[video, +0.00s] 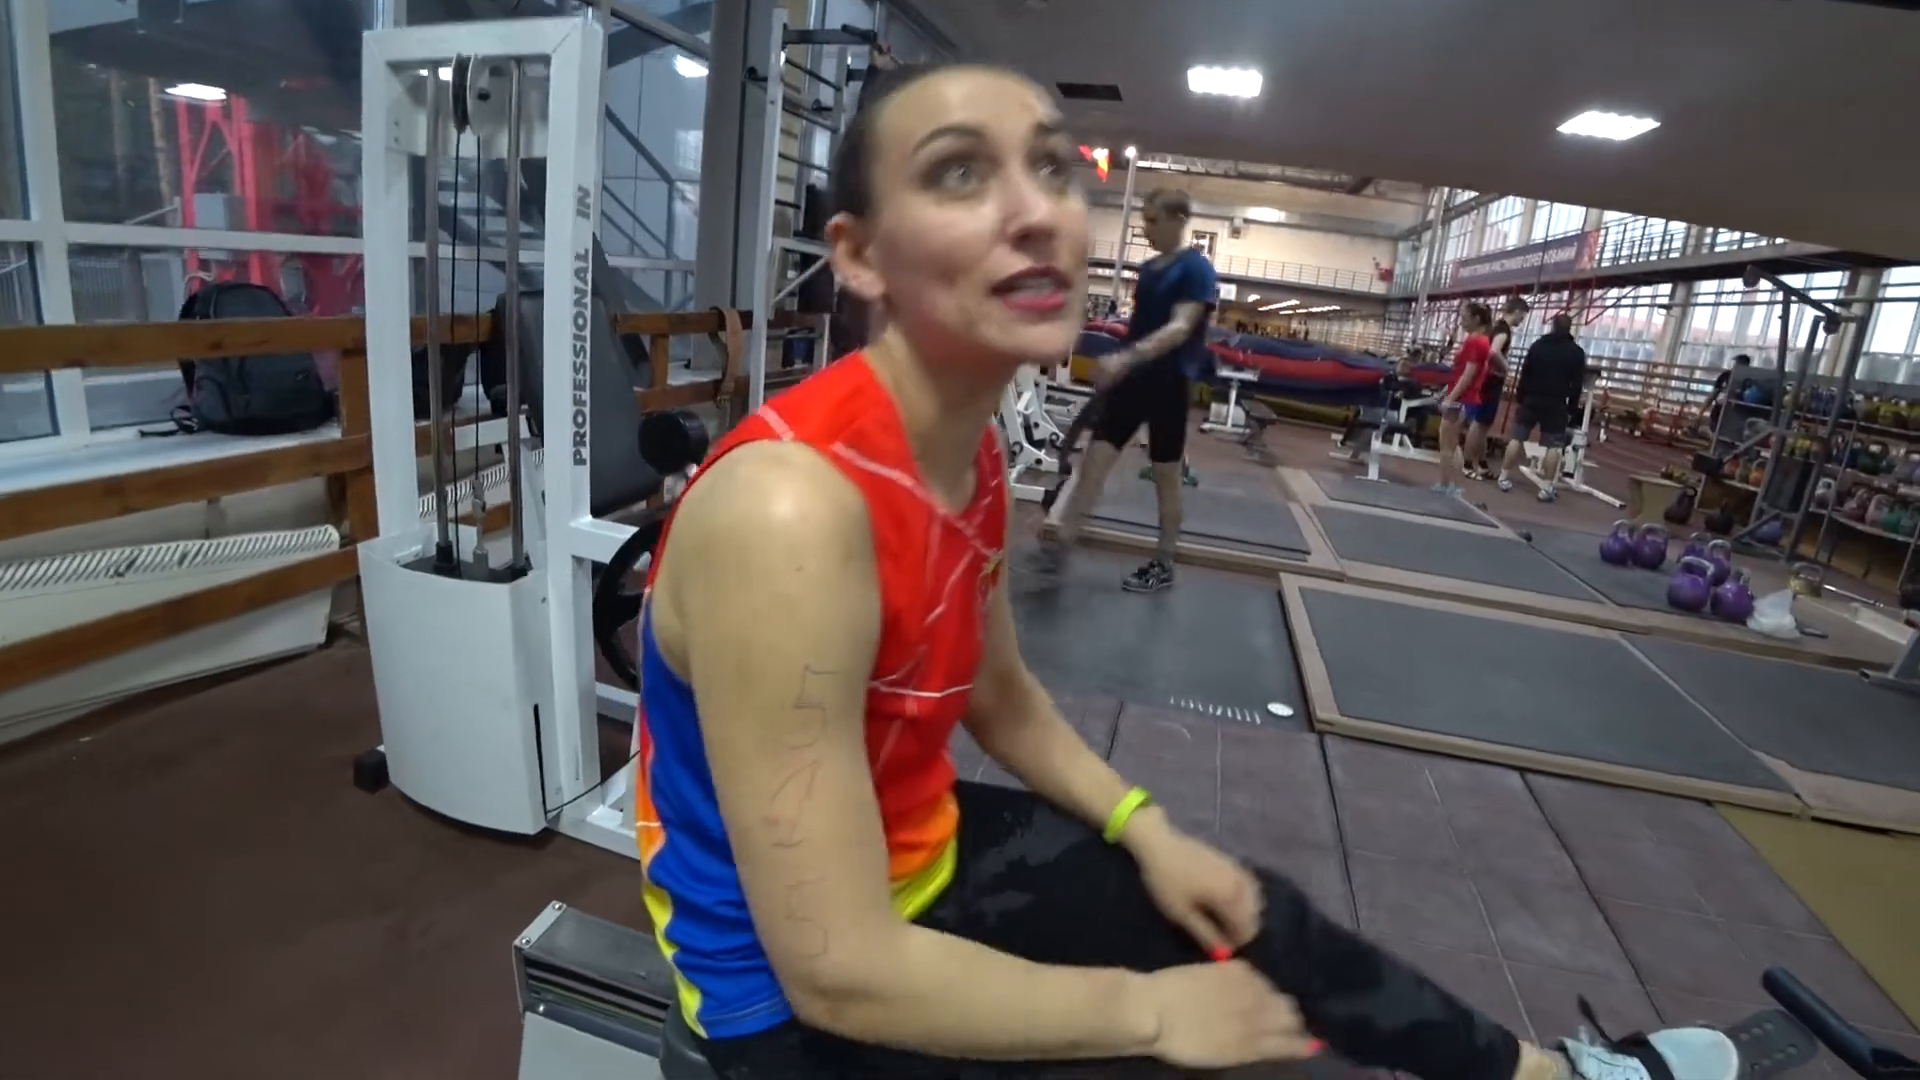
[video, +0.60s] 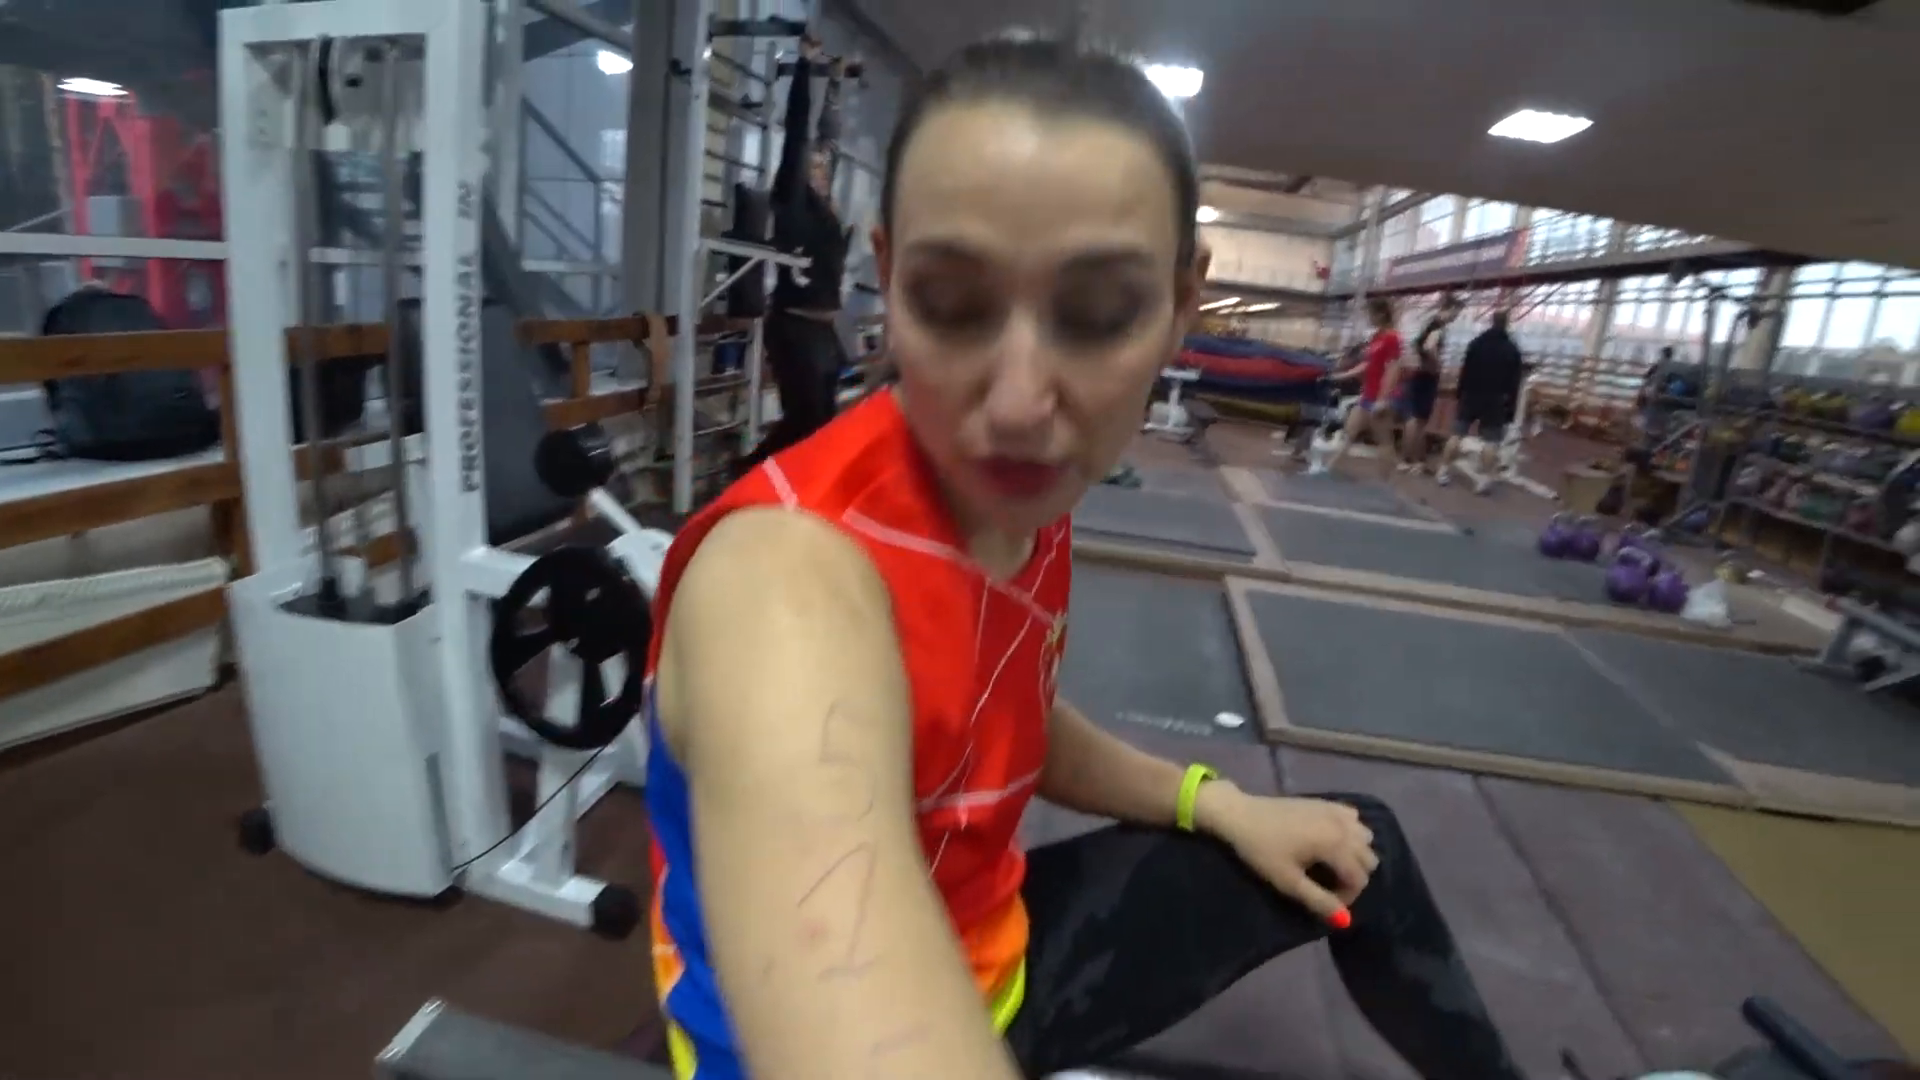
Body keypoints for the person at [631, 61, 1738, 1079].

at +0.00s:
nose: (1036, 212)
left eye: (1052, 171)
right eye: (957, 177)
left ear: (1082, 219)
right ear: (859, 259)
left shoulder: (964, 452)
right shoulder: (783, 513)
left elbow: (1002, 701)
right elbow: (839, 972)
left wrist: (1146, 832)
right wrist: (1156, 1016)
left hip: (943, 857)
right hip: (806, 999)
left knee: (1246, 907)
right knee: (1251, 1046)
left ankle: (1533, 1067)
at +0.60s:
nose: (1018, 404)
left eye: (1096, 315)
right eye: (952, 307)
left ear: (1184, 299)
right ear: (885, 280)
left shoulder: (1015, 492)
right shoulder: (785, 588)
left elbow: (1013, 722)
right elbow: (878, 1056)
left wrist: (1217, 808)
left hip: (999, 960)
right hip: (819, 1040)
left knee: (1354, 846)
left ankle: (1484, 1065)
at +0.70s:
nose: (984, 435)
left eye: (1070, 347)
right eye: (920, 336)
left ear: (1167, 334)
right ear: (862, 297)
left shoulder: (1006, 522)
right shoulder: (762, 622)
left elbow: (993, 738)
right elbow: (823, 1054)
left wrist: (1205, 821)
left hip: (990, 986)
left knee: (1344, 859)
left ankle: (1452, 1066)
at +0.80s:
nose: (962, 449)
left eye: (1050, 358)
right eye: (897, 345)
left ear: (1152, 342)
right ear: (840, 302)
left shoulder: (999, 532)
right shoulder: (739, 645)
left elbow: (982, 752)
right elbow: (791, 1053)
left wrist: (1200, 829)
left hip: (982, 993)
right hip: (815, 1048)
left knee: (1335, 865)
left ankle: (1422, 1061)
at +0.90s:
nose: (961, 436)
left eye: (1048, 344)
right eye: (891, 330)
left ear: (1145, 338)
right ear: (826, 301)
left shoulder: (984, 527)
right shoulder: (721, 638)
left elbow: (986, 763)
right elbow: (778, 1053)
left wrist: (1195, 826)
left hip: (978, 1002)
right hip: (809, 1050)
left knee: (1326, 861)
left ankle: (1413, 1065)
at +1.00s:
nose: (973, 385)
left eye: (1059, 285)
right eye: (900, 273)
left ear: (1154, 283)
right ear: (829, 257)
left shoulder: (979, 489)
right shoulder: (712, 599)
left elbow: (980, 754)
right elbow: (783, 1047)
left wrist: (1190, 808)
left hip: (975, 993)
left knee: (1324, 838)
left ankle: (1410, 1060)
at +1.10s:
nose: (990, 308)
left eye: (1077, 207)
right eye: (910, 195)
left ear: (1171, 215)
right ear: (824, 183)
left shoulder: (969, 459)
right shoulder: (699, 547)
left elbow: (964, 724)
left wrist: (1189, 780)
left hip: (973, 974)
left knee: (1320, 817)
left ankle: (1430, 1071)